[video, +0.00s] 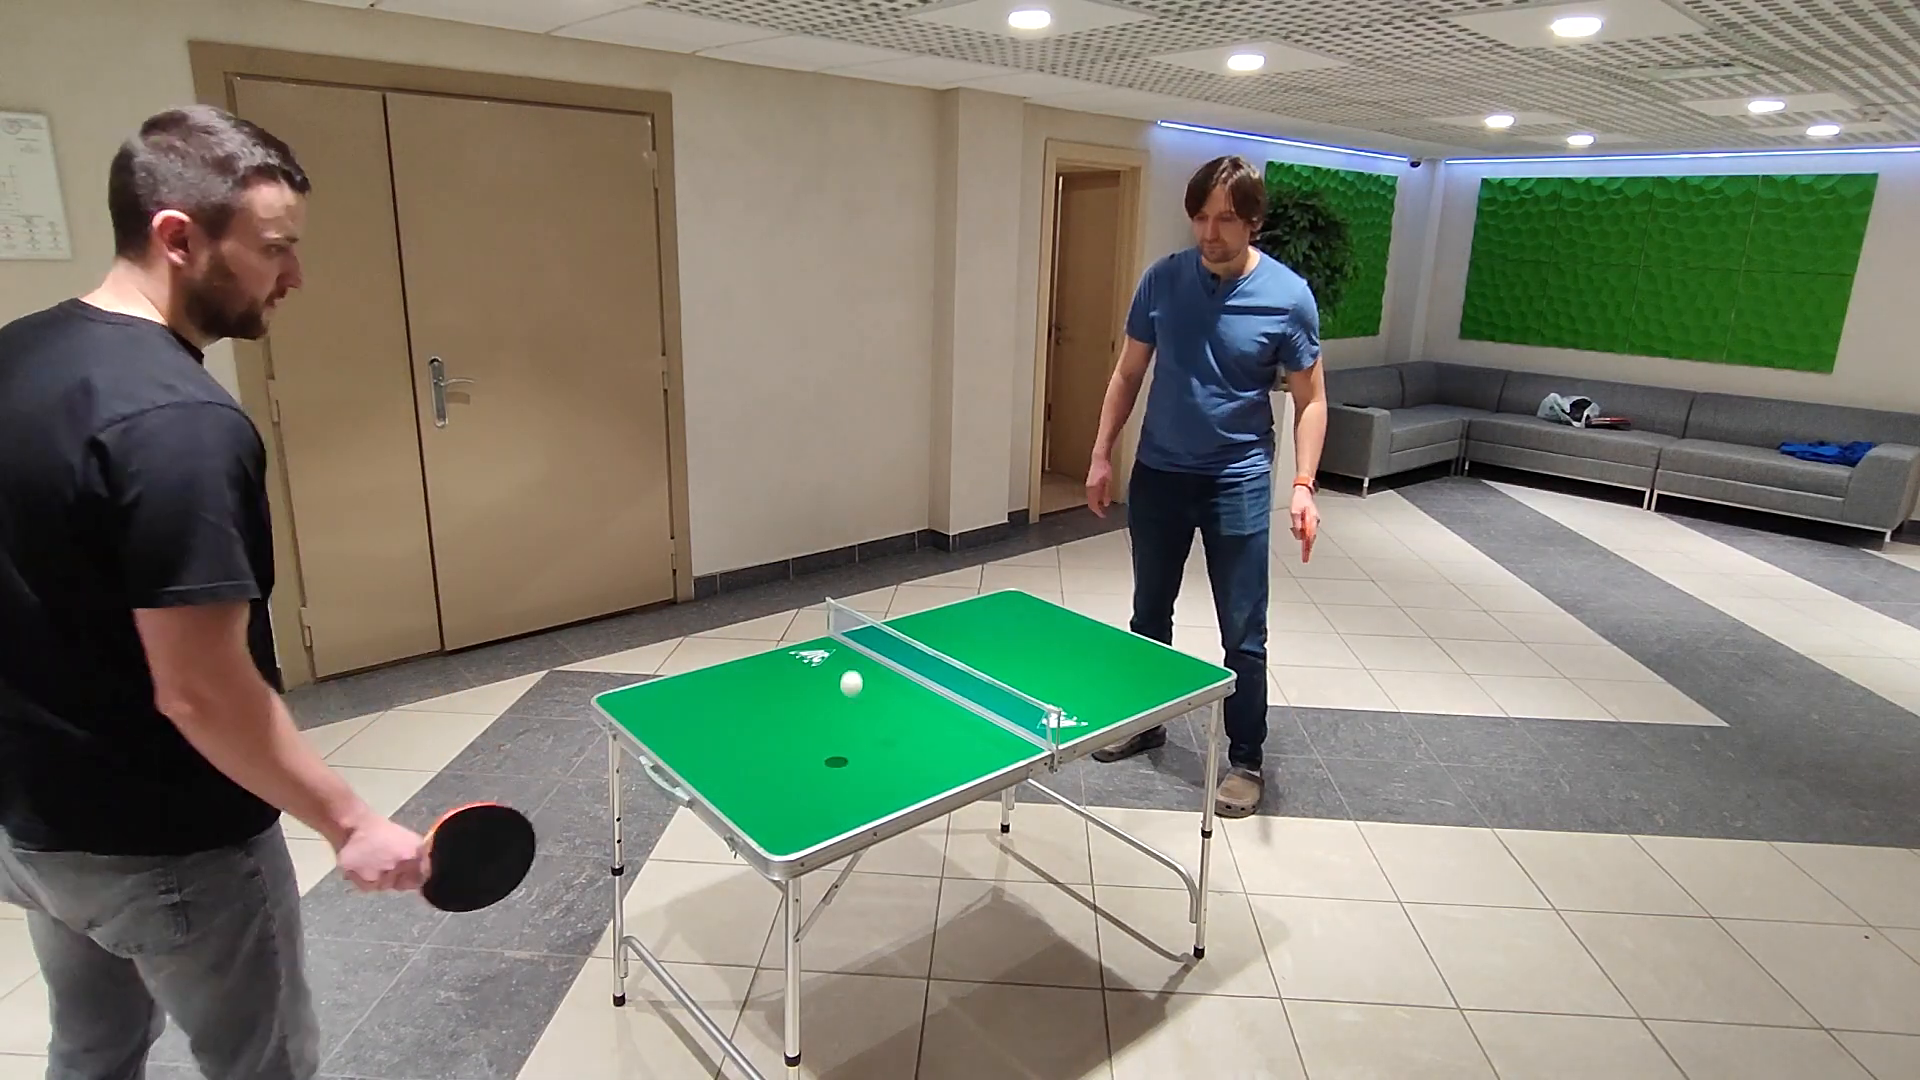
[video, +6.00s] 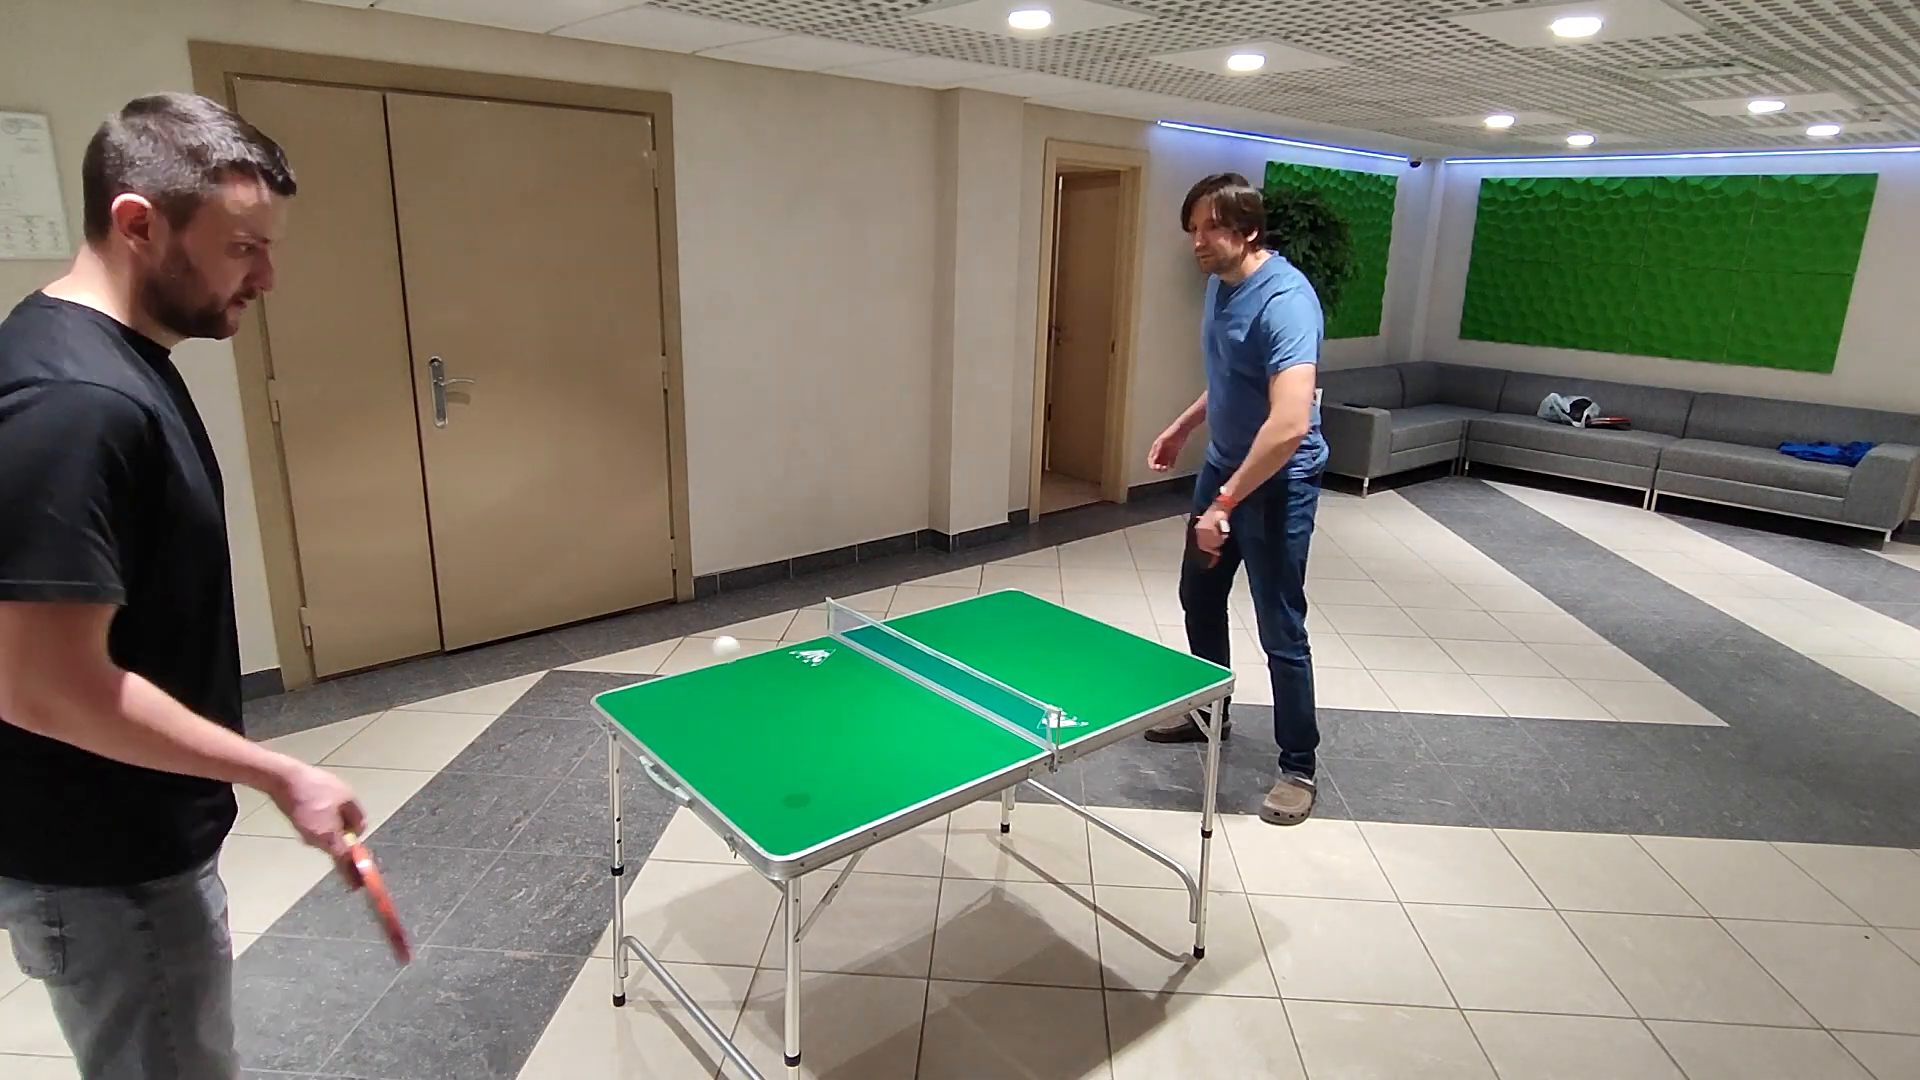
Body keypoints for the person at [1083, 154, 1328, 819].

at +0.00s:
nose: (1210, 231)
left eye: (1226, 219)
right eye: (1202, 217)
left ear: (1254, 221)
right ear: (1191, 215)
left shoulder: (1289, 296)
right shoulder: (1164, 278)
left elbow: (1310, 397)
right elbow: (1128, 371)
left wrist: (1304, 487)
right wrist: (1101, 454)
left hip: (1239, 480)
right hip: (1159, 473)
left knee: (1242, 635)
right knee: (1148, 613)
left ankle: (1244, 764)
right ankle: (1140, 721)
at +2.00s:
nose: (1244, 220)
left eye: (1257, 208)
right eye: (1236, 209)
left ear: (1289, 210)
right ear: (1229, 215)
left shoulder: (1340, 280)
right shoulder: (1212, 284)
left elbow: (1364, 390)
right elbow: (1174, 378)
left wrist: (1381, 480)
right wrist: (1144, 438)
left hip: (1302, 477)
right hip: (1221, 475)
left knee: (1286, 629)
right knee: (1216, 615)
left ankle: (1264, 762)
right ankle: (1209, 723)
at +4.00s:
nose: (1225, 222)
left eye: (1239, 209)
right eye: (1214, 208)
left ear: (1262, 211)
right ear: (1198, 209)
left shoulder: (1296, 291)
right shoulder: (1170, 277)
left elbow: (1275, 414)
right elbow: (1136, 369)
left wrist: (1186, 467)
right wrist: (1130, 421)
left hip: (1249, 483)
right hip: (1169, 479)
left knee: (1270, 634)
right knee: (1155, 627)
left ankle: (1278, 769)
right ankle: (1150, 761)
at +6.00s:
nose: (1196, 243)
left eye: (1207, 231)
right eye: (1192, 232)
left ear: (1246, 232)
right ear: (1204, 233)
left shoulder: (1286, 300)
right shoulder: (1224, 283)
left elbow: (1290, 423)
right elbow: (1233, 380)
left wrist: (1224, 502)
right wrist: (1181, 428)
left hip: (1278, 481)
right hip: (1224, 469)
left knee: (1281, 633)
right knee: (1200, 596)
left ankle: (1298, 771)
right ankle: (1207, 711)